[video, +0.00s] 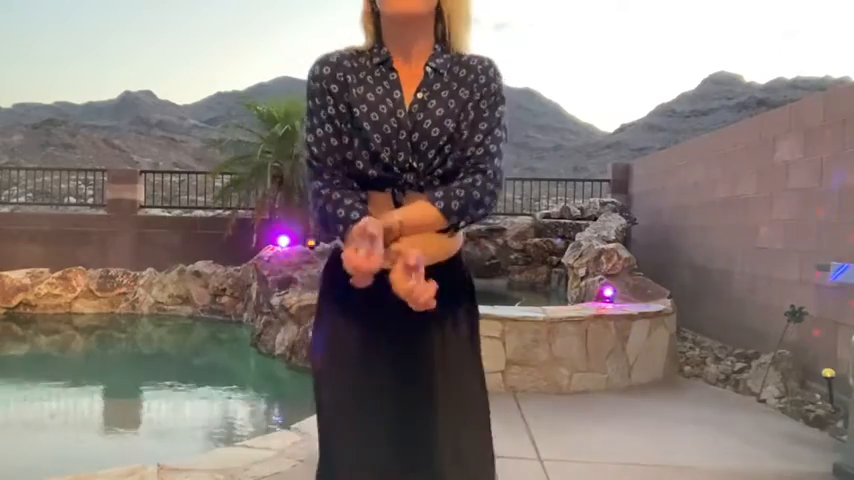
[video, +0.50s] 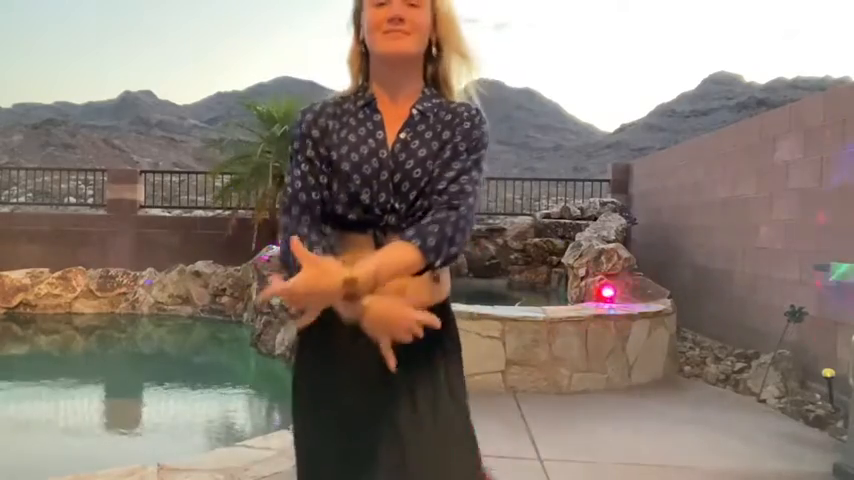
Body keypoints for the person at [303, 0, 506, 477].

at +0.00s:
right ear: (373, 0)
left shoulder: (477, 74)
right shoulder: (333, 72)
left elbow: (481, 183)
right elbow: (330, 183)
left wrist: (386, 224)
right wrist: (396, 254)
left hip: (442, 287)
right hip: (355, 284)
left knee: (449, 454)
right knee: (357, 455)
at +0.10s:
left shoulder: (476, 71)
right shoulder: (333, 70)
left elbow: (489, 178)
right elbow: (322, 182)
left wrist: (391, 218)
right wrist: (402, 248)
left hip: (440, 281)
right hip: (355, 279)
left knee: (450, 449)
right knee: (357, 450)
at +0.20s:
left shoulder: (471, 73)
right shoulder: (331, 67)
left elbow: (493, 171)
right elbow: (303, 172)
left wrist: (384, 210)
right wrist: (400, 233)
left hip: (433, 280)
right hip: (347, 277)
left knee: (438, 446)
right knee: (348, 446)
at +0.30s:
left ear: (436, 9)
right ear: (369, 8)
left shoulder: (470, 90)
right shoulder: (327, 81)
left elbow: (488, 180)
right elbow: (287, 175)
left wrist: (374, 217)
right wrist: (388, 244)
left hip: (430, 291)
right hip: (343, 290)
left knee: (437, 453)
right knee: (340, 454)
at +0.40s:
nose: (398, 1)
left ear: (437, 15)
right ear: (366, 17)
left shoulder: (468, 107)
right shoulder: (323, 102)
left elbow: (472, 200)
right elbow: (285, 203)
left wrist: (360, 241)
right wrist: (381, 264)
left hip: (428, 314)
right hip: (337, 312)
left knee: (431, 463)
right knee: (334, 464)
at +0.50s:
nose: (396, 10)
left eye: (412, 2)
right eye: (381, 2)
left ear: (434, 26)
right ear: (359, 28)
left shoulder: (461, 121)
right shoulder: (318, 121)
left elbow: (449, 226)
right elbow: (298, 240)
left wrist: (347, 280)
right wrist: (360, 306)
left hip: (422, 328)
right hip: (330, 325)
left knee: (434, 467)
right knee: (331, 468)